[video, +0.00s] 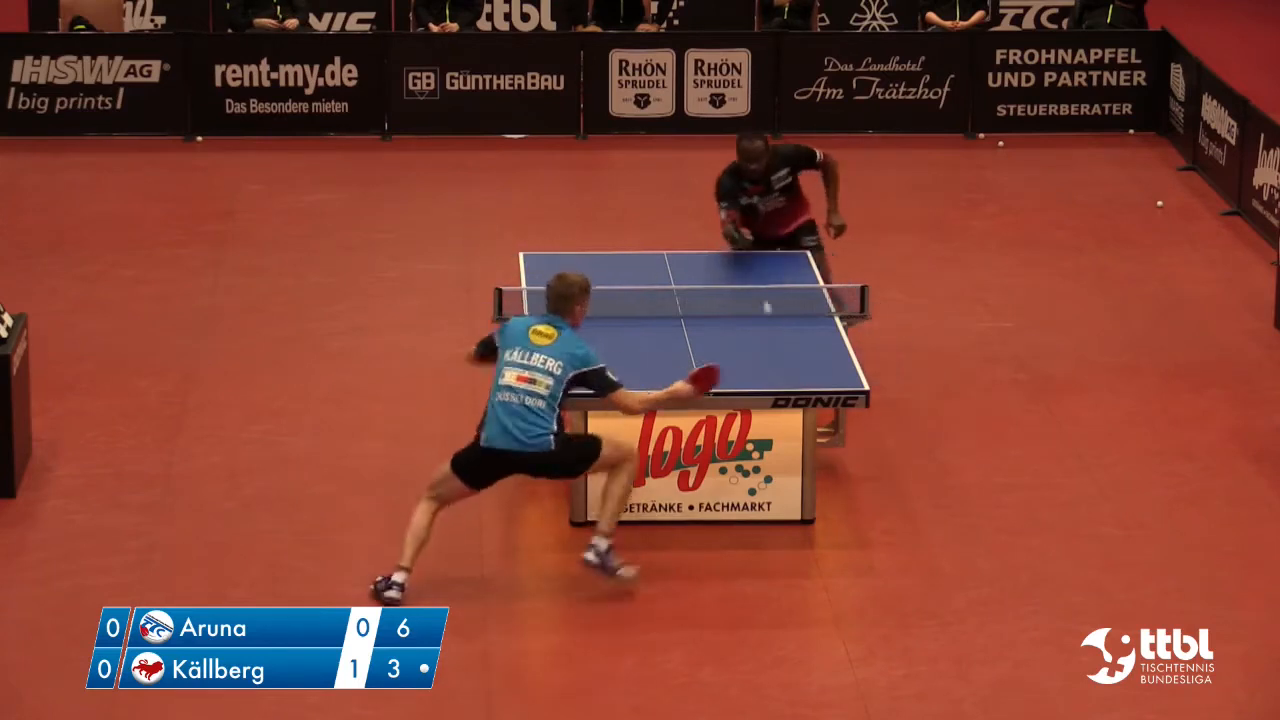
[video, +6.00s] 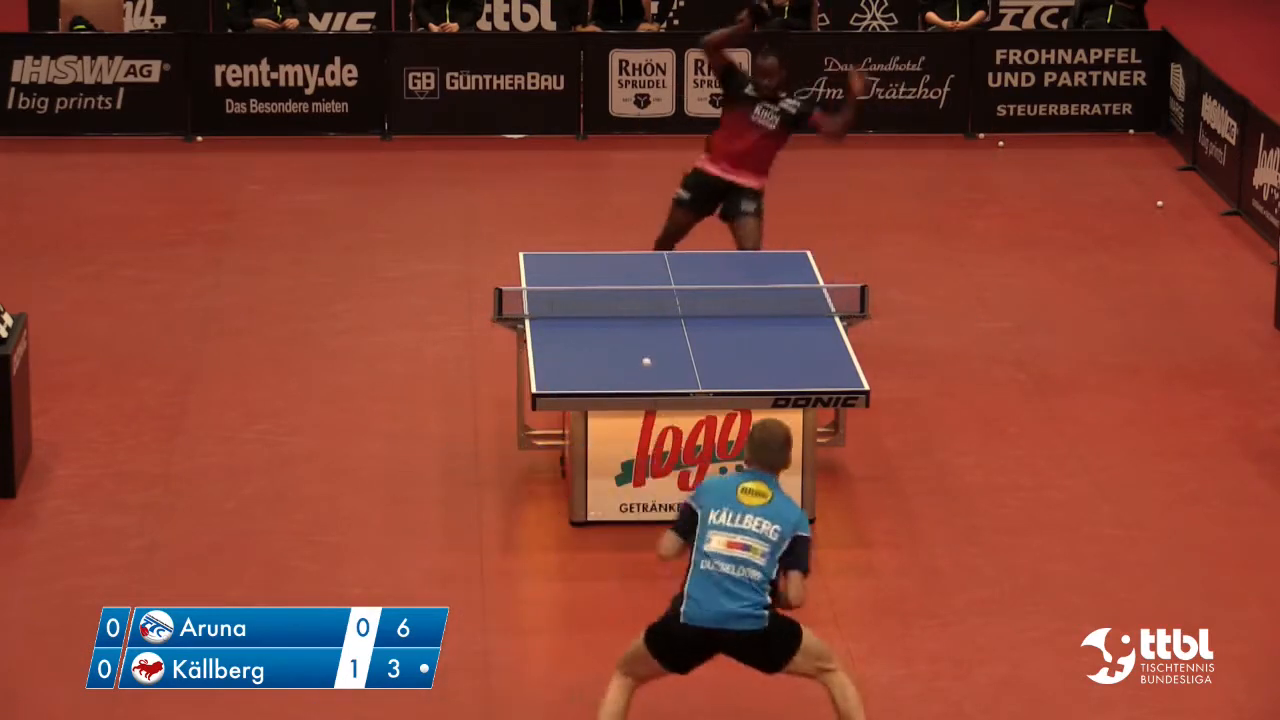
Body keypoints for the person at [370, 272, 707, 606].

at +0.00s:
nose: (587, 311)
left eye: (584, 303)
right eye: (586, 305)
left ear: (547, 301)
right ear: (578, 310)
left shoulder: (514, 326)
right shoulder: (578, 352)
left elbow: (477, 356)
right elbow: (629, 403)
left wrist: (506, 347)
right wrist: (675, 393)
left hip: (492, 449)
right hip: (542, 452)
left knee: (432, 498)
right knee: (625, 454)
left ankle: (399, 578)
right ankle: (601, 546)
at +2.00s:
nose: (575, 329)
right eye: (577, 323)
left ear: (543, 329)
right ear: (581, 329)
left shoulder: (523, 366)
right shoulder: (599, 374)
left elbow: (475, 417)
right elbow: (656, 414)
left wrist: (477, 388)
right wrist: (657, 387)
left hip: (533, 481)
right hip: (586, 484)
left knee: (467, 503)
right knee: (651, 506)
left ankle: (434, 594)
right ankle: (673, 604)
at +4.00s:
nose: (613, 386)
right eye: (614, 381)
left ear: (575, 382)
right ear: (611, 388)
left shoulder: (540, 409)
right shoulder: (612, 435)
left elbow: (491, 457)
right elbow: (665, 492)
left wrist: (517, 455)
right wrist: (622, 493)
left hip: (502, 525)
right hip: (557, 533)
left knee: (438, 579)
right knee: (645, 580)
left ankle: (378, 649)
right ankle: (648, 690)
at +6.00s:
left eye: (746, 447)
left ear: (745, 454)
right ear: (786, 462)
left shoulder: (710, 489)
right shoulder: (793, 516)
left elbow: (666, 549)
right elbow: (793, 597)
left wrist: (698, 528)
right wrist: (769, 586)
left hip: (691, 622)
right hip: (750, 628)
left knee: (625, 676)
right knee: (830, 670)